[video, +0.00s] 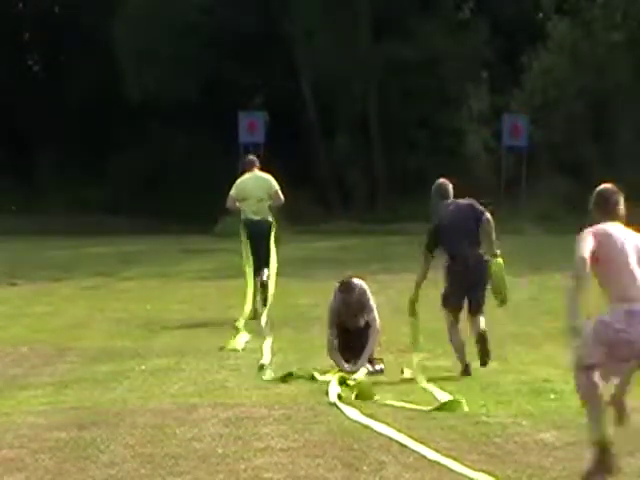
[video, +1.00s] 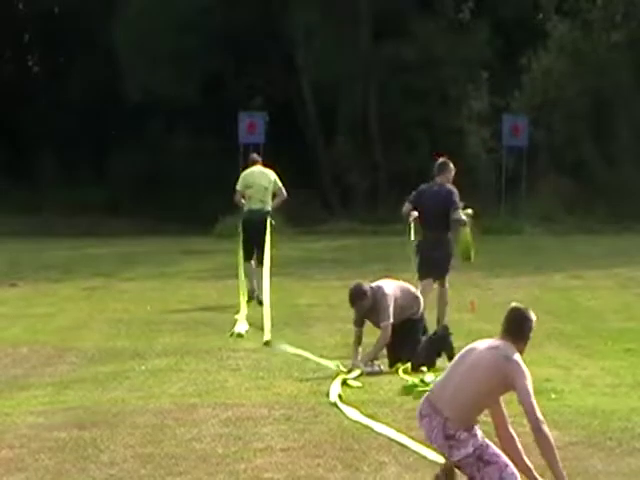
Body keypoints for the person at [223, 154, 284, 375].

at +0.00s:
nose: (250, 167)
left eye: (248, 165)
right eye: (252, 164)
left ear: (245, 166)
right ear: (258, 165)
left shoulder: (240, 182)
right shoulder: (268, 179)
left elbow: (230, 203)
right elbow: (280, 199)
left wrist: (244, 206)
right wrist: (267, 204)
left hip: (248, 221)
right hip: (266, 220)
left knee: (250, 258)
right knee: (270, 255)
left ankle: (249, 301)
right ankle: (266, 279)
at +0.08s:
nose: (254, 160)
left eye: (251, 157)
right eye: (256, 157)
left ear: (247, 159)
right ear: (260, 159)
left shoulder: (241, 174)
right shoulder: (267, 171)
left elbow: (230, 196)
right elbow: (280, 191)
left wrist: (244, 200)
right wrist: (267, 198)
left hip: (248, 215)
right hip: (265, 214)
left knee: (253, 257)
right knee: (264, 255)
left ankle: (254, 294)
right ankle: (264, 293)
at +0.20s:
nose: (255, 160)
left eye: (252, 157)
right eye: (257, 157)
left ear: (248, 158)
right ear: (261, 158)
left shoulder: (241, 174)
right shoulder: (269, 172)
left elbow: (231, 195)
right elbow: (282, 191)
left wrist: (244, 198)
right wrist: (268, 197)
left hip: (247, 211)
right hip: (264, 211)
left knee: (249, 244)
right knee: (262, 245)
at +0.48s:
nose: (251, 160)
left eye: (249, 157)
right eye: (254, 156)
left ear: (247, 159)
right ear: (260, 158)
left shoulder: (242, 173)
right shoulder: (268, 171)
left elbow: (232, 194)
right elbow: (280, 193)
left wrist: (243, 200)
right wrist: (268, 198)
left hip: (249, 210)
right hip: (264, 210)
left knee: (250, 246)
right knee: (263, 245)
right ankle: (262, 277)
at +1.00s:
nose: (253, 164)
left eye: (251, 162)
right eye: (255, 161)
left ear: (249, 163)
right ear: (260, 162)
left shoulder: (245, 174)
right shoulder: (270, 173)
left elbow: (237, 197)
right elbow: (282, 194)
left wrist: (245, 204)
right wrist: (271, 205)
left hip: (249, 213)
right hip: (264, 212)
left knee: (248, 254)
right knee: (262, 254)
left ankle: (253, 287)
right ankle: (262, 289)